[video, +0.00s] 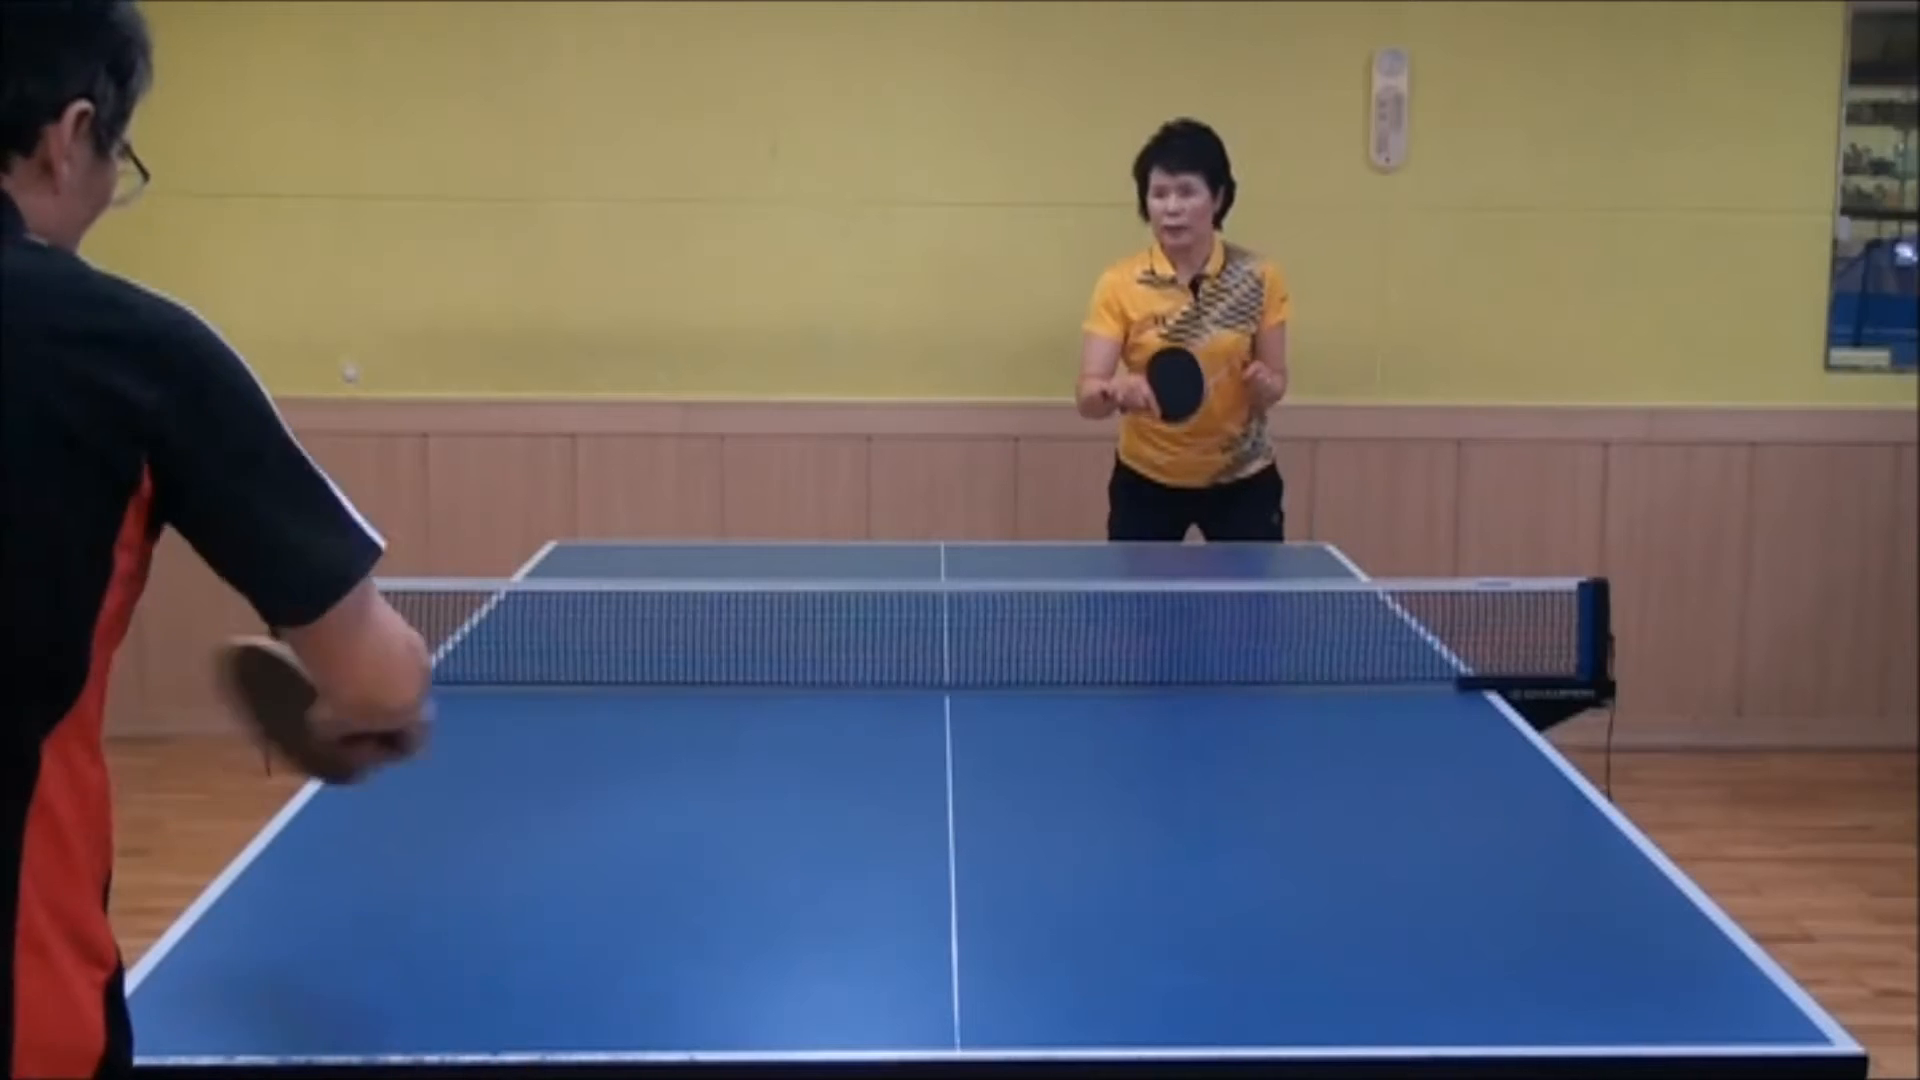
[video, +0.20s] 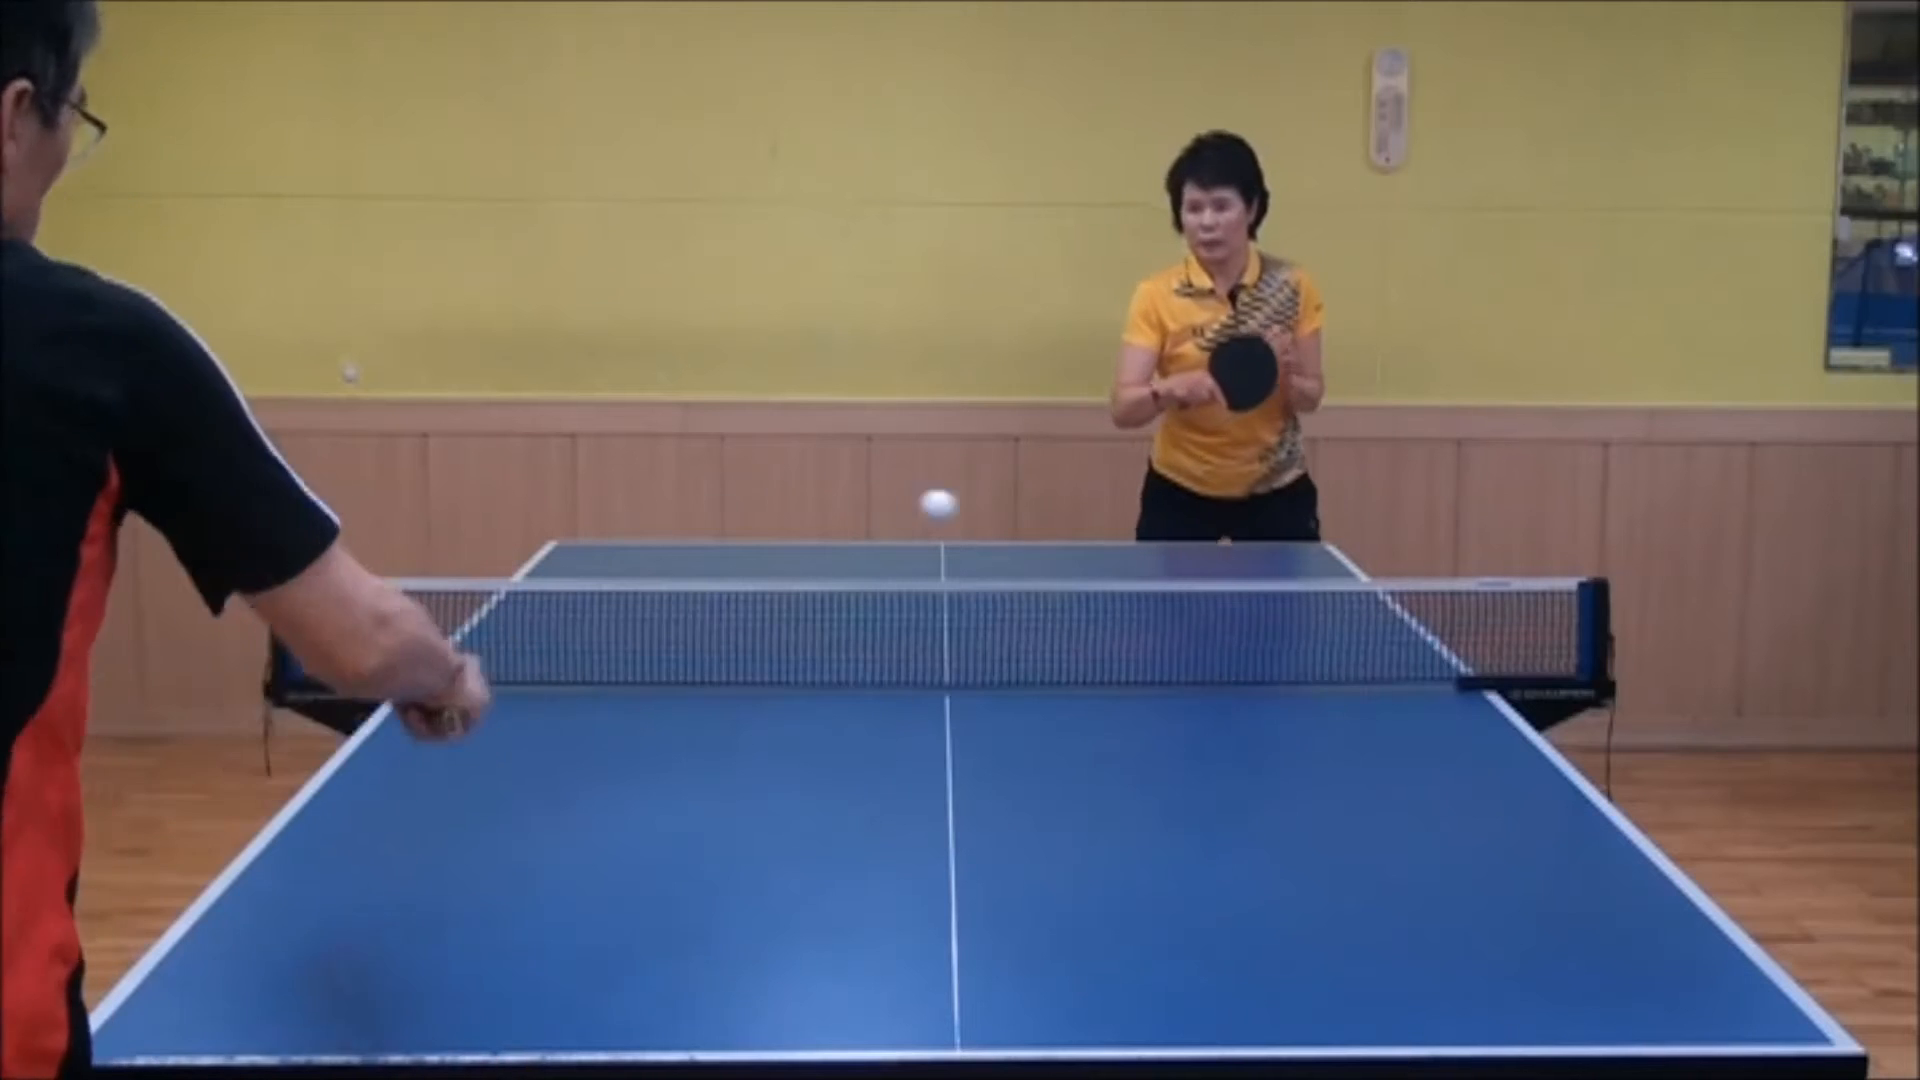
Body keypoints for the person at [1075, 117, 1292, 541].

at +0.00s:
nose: (1172, 208)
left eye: (1187, 192)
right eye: (1160, 193)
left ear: (1219, 199)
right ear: (1144, 202)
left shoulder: (1259, 282)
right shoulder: (1120, 285)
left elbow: (1274, 380)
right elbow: (1089, 399)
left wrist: (1262, 384)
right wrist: (1116, 392)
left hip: (1240, 484)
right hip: (1147, 483)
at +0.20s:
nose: (1208, 222)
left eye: (1222, 207)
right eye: (1194, 208)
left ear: (1253, 210)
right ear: (1178, 216)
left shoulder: (1293, 290)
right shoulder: (1156, 297)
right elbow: (1124, 409)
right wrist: (1168, 391)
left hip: (1275, 495)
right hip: (1181, 495)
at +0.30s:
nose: (1239, 240)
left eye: (1253, 224)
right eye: (1225, 226)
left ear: (1282, 224)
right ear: (1208, 232)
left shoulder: (1321, 301)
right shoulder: (1188, 311)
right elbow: (1153, 421)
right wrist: (1209, 409)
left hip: (1305, 510)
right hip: (1210, 511)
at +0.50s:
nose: (1287, 257)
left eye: (1302, 240)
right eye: (1273, 242)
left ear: (1329, 238)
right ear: (1255, 246)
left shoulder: (1363, 315)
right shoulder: (1232, 322)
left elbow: (1372, 399)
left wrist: (1371, 394)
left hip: (1327, 507)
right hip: (1236, 508)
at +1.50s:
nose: (1262, 212)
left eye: (1278, 197)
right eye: (1250, 197)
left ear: (1310, 205)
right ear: (1235, 205)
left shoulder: (1345, 290)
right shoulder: (1206, 291)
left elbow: (1357, 389)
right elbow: (1167, 404)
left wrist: (1367, 398)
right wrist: (1202, 395)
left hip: (1310, 488)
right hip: (1218, 484)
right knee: (1203, 604)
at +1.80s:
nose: (1221, 208)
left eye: (1237, 195)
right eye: (1210, 194)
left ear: (1267, 205)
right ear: (1194, 203)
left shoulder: (1298, 289)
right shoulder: (1162, 287)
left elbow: (1300, 386)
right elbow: (1129, 401)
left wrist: (1312, 399)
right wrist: (1162, 391)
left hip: (1264, 491)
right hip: (1171, 488)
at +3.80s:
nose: (1247, 236)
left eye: (1262, 220)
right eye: (1234, 222)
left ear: (1290, 221)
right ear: (1217, 229)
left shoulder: (1328, 300)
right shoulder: (1195, 308)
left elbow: (1341, 413)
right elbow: (1154, 415)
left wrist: (1330, 387)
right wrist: (1201, 419)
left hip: (1306, 507)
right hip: (1213, 507)